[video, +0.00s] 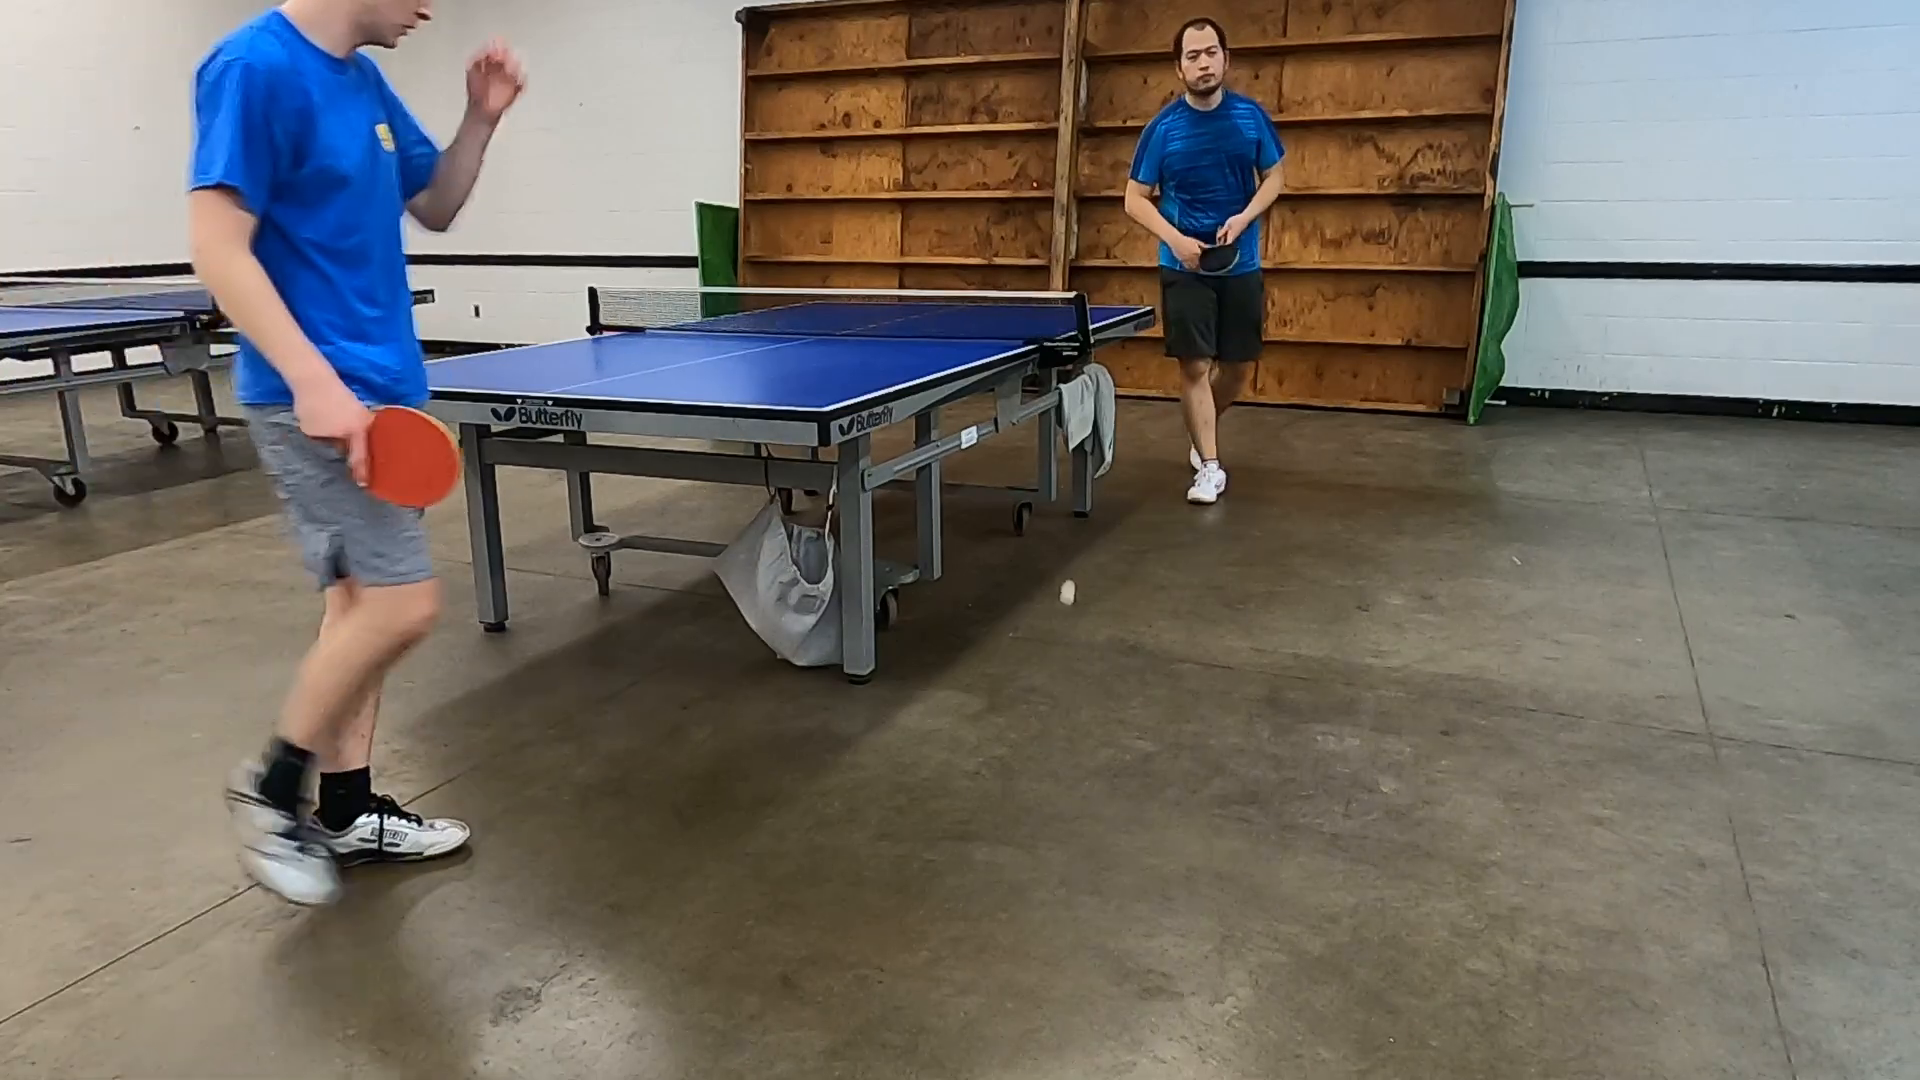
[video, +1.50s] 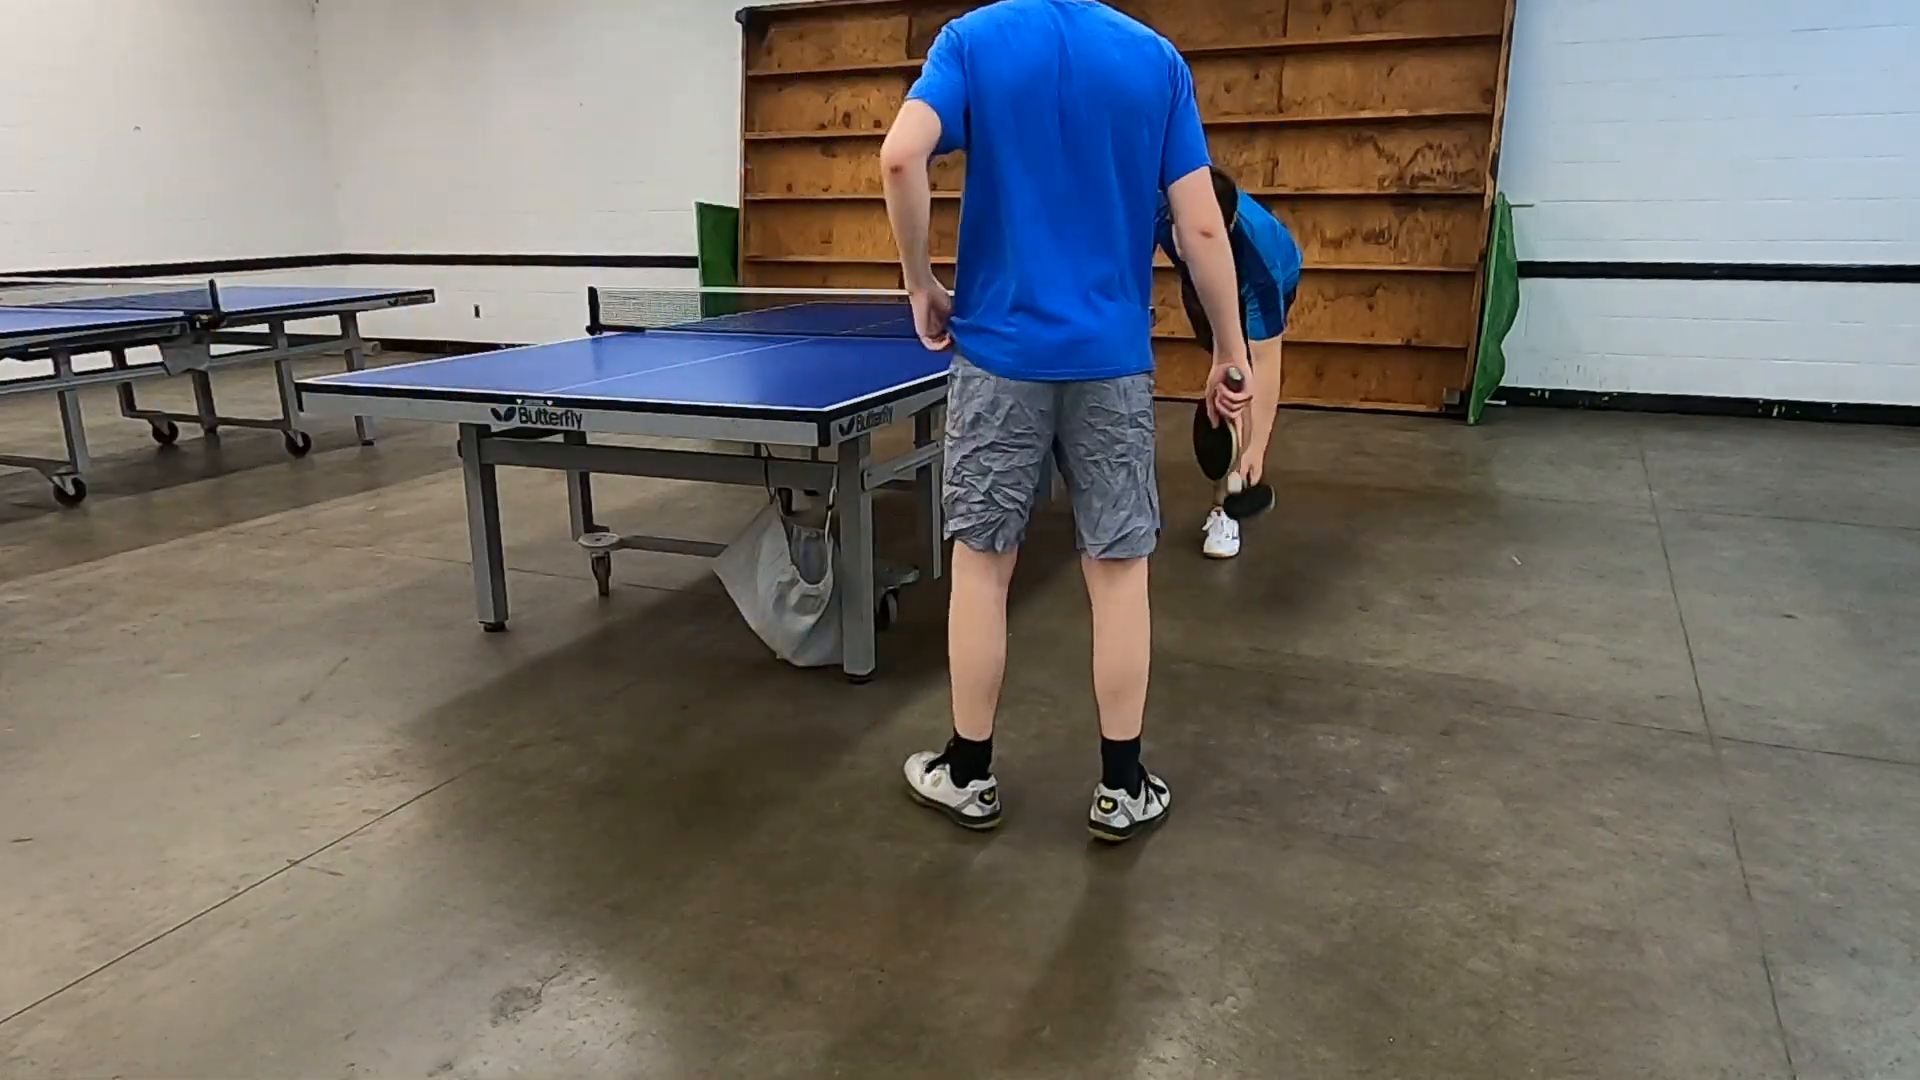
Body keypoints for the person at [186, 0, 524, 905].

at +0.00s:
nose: (426, 10)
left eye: (428, 0)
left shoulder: (361, 77)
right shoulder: (251, 68)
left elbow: (434, 207)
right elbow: (217, 249)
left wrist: (479, 119)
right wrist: (312, 381)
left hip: (381, 385)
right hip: (308, 393)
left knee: (356, 599)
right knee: (403, 603)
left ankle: (347, 809)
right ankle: (273, 791)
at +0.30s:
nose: (623, 37)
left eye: (628, 25)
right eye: (623, 16)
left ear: (569, 6)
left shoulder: (530, 90)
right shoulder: (483, 85)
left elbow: (626, 178)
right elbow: (434, 269)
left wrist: (636, 70)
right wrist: (487, 430)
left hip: (547, 408)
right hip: (541, 417)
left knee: (495, 612)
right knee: (626, 613)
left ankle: (368, 788)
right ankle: (671, 837)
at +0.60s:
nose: (821, 13)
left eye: (825, 7)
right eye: (821, 2)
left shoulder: (673, 37)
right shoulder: (737, 39)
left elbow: (686, 226)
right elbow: (721, 223)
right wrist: (780, 387)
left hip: (703, 377)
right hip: (714, 382)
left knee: (806, 546)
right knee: (725, 608)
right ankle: (680, 830)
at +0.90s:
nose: (952, 13)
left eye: (950, 7)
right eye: (951, 5)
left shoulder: (815, 67)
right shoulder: (915, 56)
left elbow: (836, 241)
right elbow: (944, 231)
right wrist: (1053, 354)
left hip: (854, 377)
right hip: (912, 380)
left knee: (939, 573)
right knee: (981, 587)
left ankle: (949, 761)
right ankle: (811, 750)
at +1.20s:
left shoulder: (910, 60)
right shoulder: (1071, 51)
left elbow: (831, 201)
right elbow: (1086, 223)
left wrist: (898, 301)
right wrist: (1157, 347)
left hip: (938, 368)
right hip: (1038, 367)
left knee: (971, 557)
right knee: (1088, 567)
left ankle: (950, 767)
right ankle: (1120, 781)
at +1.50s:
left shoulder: (974, 37)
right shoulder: (1158, 58)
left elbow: (901, 156)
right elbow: (1201, 224)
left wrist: (920, 281)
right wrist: (1231, 345)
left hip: (1001, 351)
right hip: (1113, 354)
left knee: (981, 562)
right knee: (1118, 565)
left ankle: (969, 773)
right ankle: (1122, 784)